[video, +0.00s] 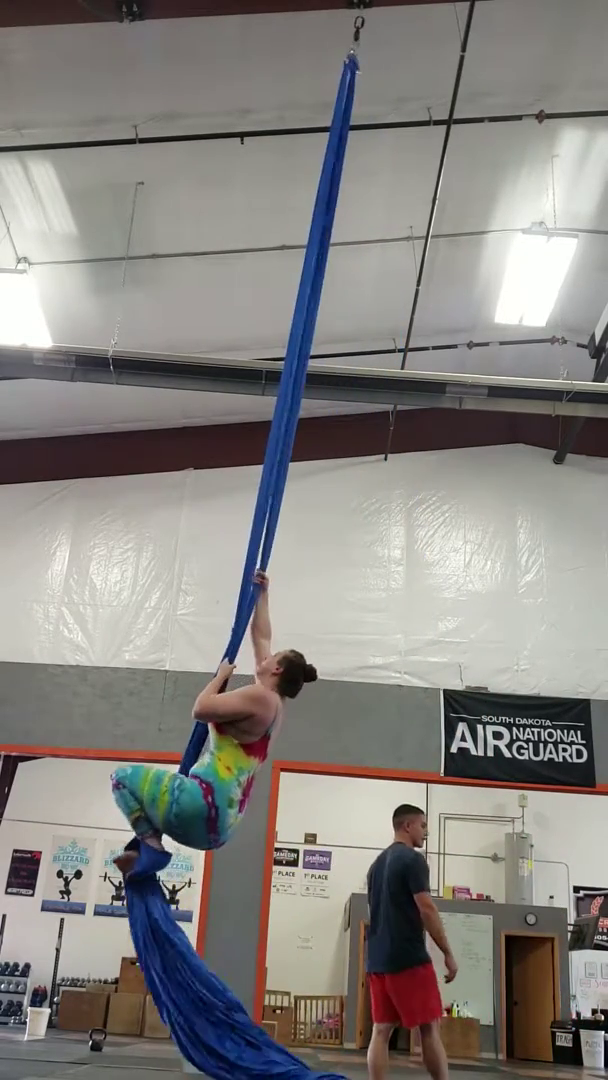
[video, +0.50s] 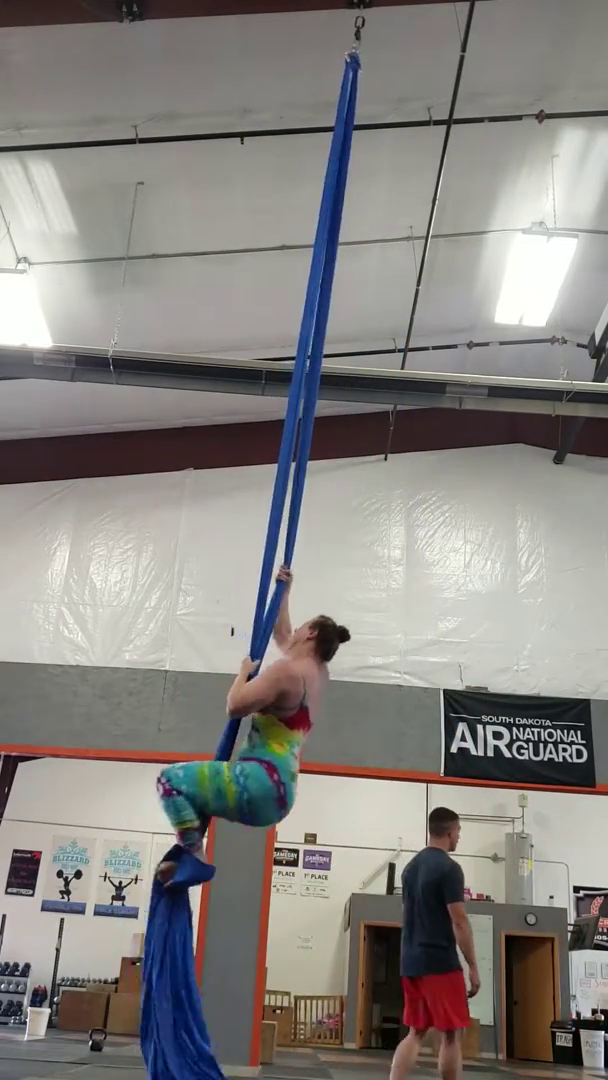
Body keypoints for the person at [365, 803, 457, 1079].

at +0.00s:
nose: (425, 831)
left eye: (425, 826)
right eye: (422, 825)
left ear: (401, 827)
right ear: (406, 826)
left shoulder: (377, 863)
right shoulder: (412, 859)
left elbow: (377, 914)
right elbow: (427, 909)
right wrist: (447, 952)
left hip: (378, 960)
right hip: (408, 959)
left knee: (380, 1032)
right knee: (429, 1029)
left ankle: (377, 1077)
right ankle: (442, 1076)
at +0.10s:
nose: (431, 832)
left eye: (430, 827)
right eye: (427, 826)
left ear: (406, 828)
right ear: (411, 826)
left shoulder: (383, 863)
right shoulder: (418, 861)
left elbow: (381, 913)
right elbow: (432, 912)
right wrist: (453, 952)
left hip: (381, 959)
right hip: (412, 960)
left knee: (382, 1031)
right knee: (430, 1031)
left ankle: (377, 1077)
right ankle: (441, 1077)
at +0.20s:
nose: (437, 833)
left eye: (436, 827)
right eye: (434, 827)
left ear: (412, 828)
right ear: (418, 827)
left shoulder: (390, 865)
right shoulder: (425, 864)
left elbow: (388, 913)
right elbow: (439, 915)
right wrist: (459, 957)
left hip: (387, 960)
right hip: (417, 962)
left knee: (385, 1031)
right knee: (433, 1034)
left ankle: (378, 1078)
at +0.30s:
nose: (445, 834)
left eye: (445, 828)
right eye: (443, 828)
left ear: (419, 829)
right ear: (428, 829)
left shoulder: (399, 864)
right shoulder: (432, 865)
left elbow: (395, 914)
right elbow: (446, 918)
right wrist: (464, 961)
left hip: (395, 961)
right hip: (425, 963)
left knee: (392, 1032)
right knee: (438, 1035)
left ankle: (381, 1077)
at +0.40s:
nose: (453, 836)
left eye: (453, 830)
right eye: (451, 830)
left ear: (426, 831)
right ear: (441, 831)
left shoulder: (406, 866)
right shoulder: (441, 866)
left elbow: (406, 918)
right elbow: (452, 919)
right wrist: (469, 964)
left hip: (403, 963)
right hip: (434, 964)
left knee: (406, 1032)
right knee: (448, 1035)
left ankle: (388, 1077)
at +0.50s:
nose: (459, 837)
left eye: (459, 832)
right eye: (458, 832)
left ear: (430, 832)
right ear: (452, 833)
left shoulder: (411, 866)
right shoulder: (448, 867)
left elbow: (409, 917)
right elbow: (459, 920)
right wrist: (472, 966)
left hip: (410, 962)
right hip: (441, 963)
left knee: (416, 1032)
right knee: (452, 1035)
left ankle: (395, 1076)